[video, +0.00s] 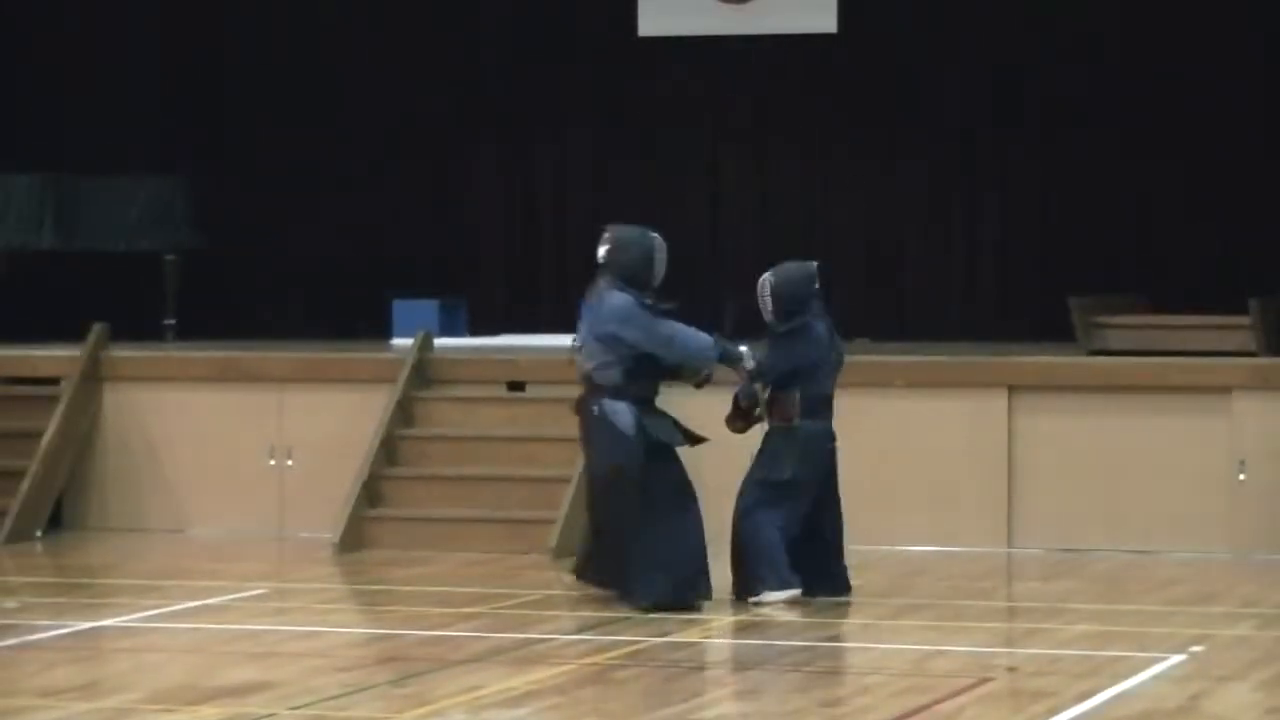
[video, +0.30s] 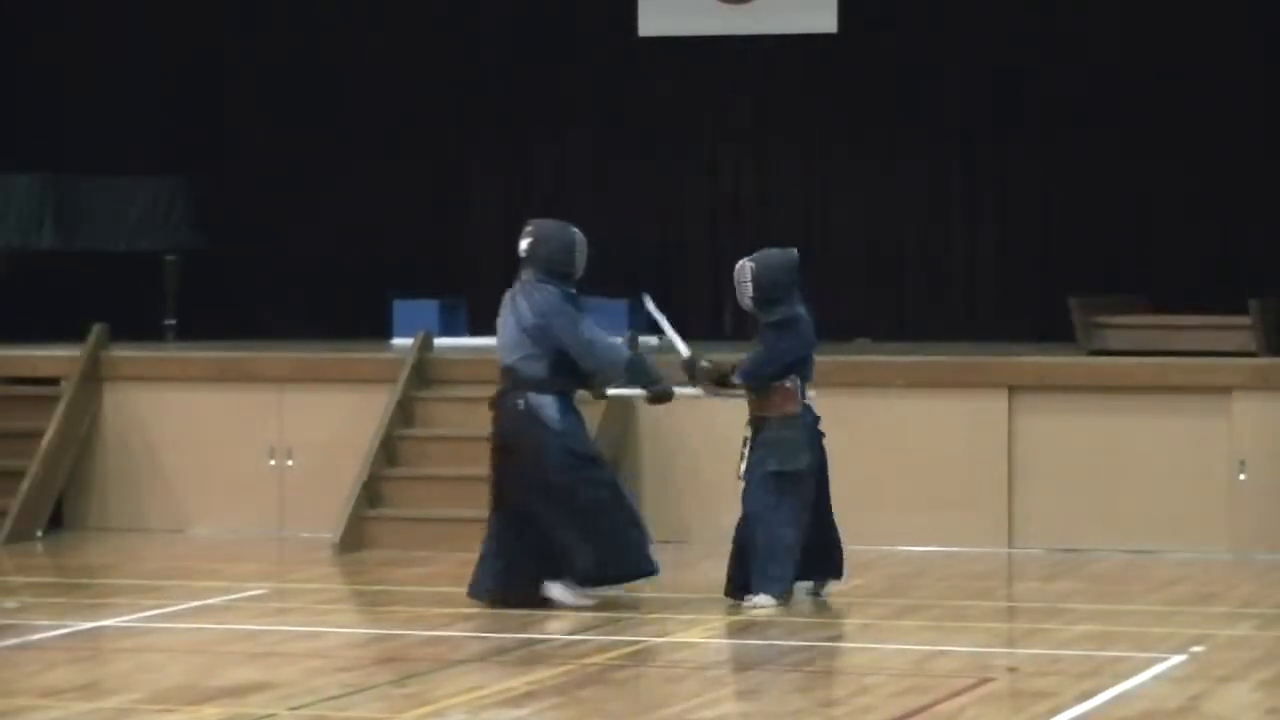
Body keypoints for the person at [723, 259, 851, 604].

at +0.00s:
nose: (766, 305)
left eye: (770, 298)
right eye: (766, 298)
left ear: (784, 299)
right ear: (806, 295)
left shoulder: (795, 338)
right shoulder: (823, 333)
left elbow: (763, 375)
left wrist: (745, 401)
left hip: (791, 437)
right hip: (818, 437)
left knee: (755, 507)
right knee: (815, 510)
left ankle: (775, 584)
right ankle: (827, 582)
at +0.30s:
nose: (744, 292)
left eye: (749, 285)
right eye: (745, 285)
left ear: (765, 286)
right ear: (778, 285)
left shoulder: (791, 326)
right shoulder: (776, 323)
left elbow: (762, 369)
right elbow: (759, 370)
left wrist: (727, 374)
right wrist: (716, 373)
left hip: (784, 429)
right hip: (777, 427)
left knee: (766, 506)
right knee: (804, 500)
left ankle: (768, 588)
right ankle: (816, 569)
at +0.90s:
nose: (655, 294)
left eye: (660, 287)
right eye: (655, 286)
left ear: (678, 288)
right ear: (686, 288)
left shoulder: (704, 331)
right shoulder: (675, 324)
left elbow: (668, 374)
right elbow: (658, 352)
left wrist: (628, 384)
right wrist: (628, 349)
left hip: (691, 436)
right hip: (661, 432)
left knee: (697, 507)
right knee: (647, 507)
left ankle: (740, 569)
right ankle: (648, 589)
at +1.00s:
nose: (636, 290)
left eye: (642, 283)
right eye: (637, 283)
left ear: (658, 285)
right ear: (671, 283)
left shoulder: (683, 328)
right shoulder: (653, 322)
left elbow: (647, 373)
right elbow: (630, 360)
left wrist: (613, 380)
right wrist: (604, 349)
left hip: (668, 432)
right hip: (644, 428)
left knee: (661, 505)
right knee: (631, 502)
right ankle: (636, 587)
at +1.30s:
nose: (592, 286)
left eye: (595, 280)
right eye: (593, 280)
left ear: (603, 284)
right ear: (633, 282)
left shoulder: (623, 327)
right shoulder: (640, 321)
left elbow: (580, 375)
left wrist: (565, 377)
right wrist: (581, 342)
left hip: (613, 427)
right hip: (627, 423)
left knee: (605, 504)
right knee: (622, 504)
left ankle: (603, 587)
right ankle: (633, 583)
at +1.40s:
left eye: (586, 281)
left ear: (586, 285)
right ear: (623, 281)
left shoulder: (595, 327)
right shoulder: (645, 324)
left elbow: (564, 374)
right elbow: (651, 369)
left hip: (595, 425)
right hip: (629, 424)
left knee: (588, 506)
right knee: (625, 507)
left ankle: (588, 594)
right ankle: (627, 590)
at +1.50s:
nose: (576, 285)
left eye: (578, 279)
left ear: (583, 282)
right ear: (616, 278)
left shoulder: (587, 321)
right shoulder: (640, 321)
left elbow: (556, 360)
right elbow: (652, 364)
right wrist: (619, 375)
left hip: (591, 418)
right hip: (626, 418)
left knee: (577, 501)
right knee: (620, 502)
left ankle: (586, 595)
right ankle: (625, 589)